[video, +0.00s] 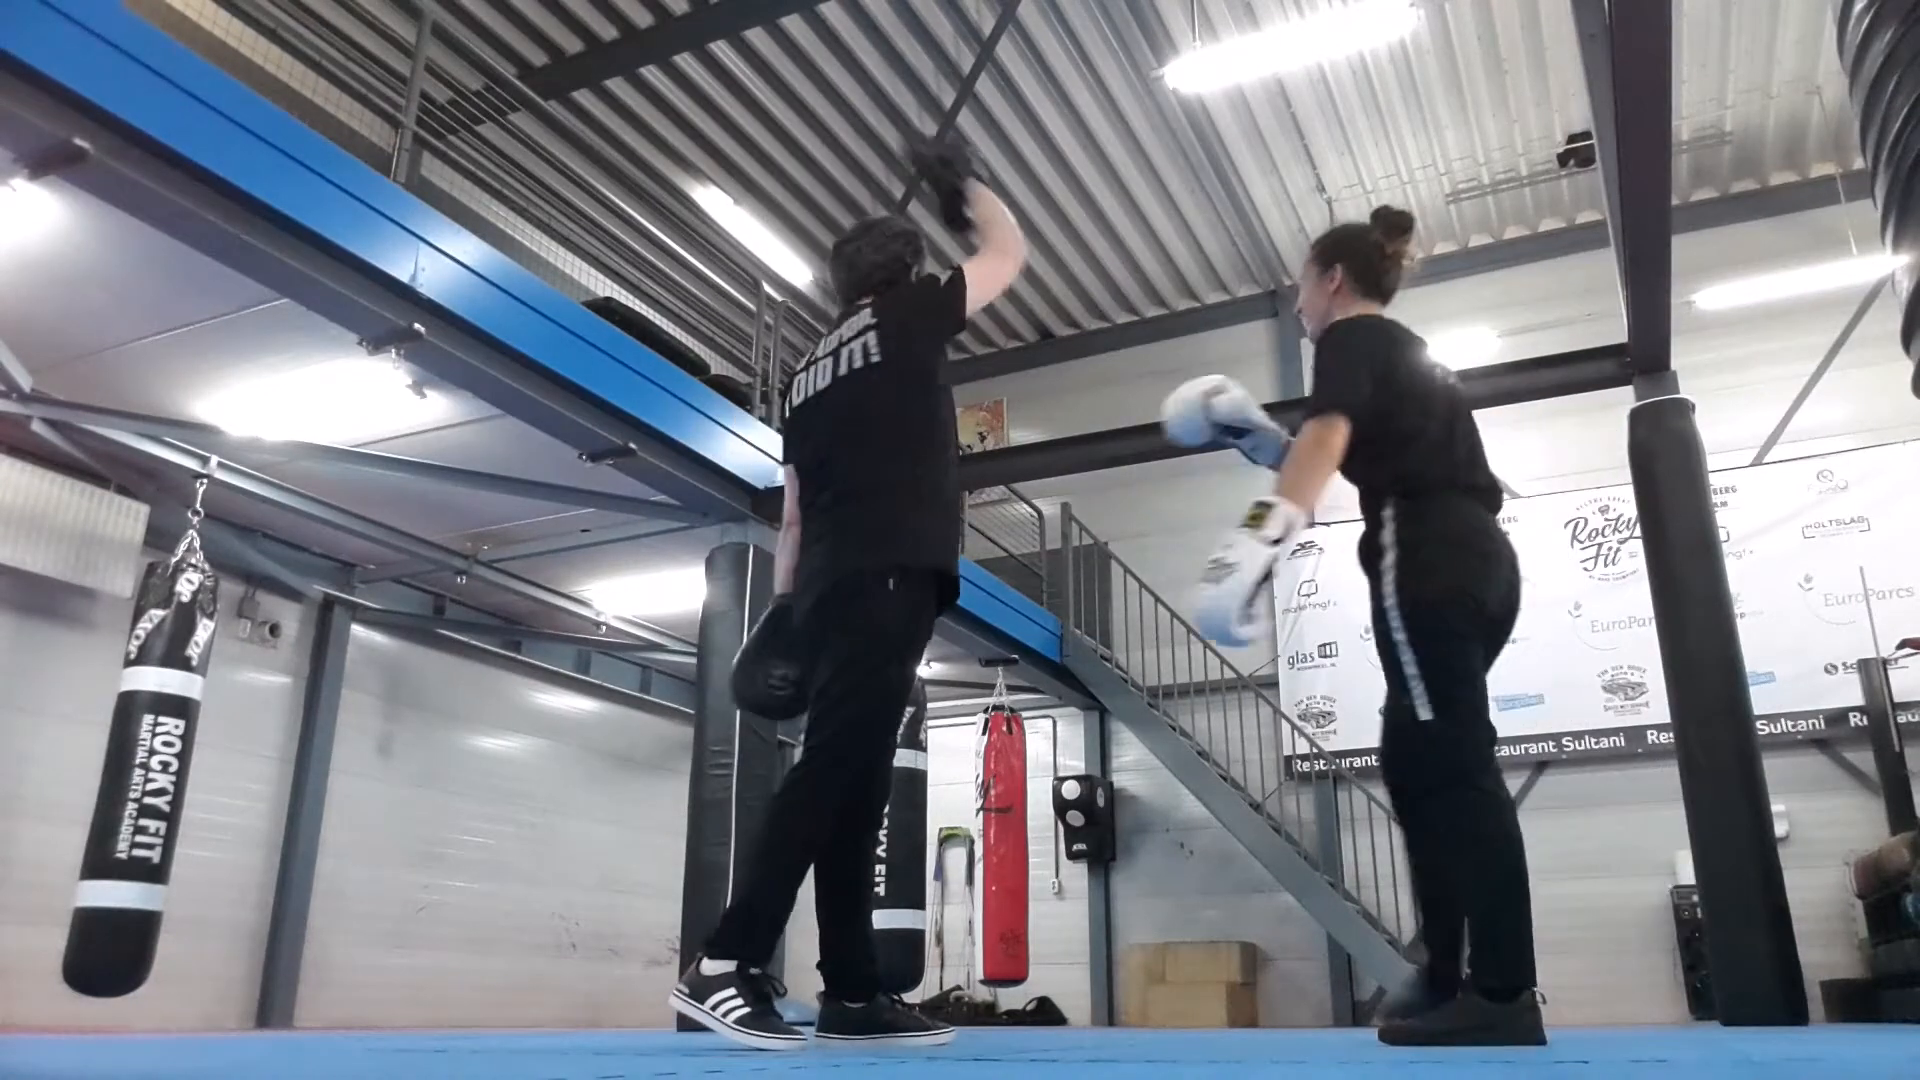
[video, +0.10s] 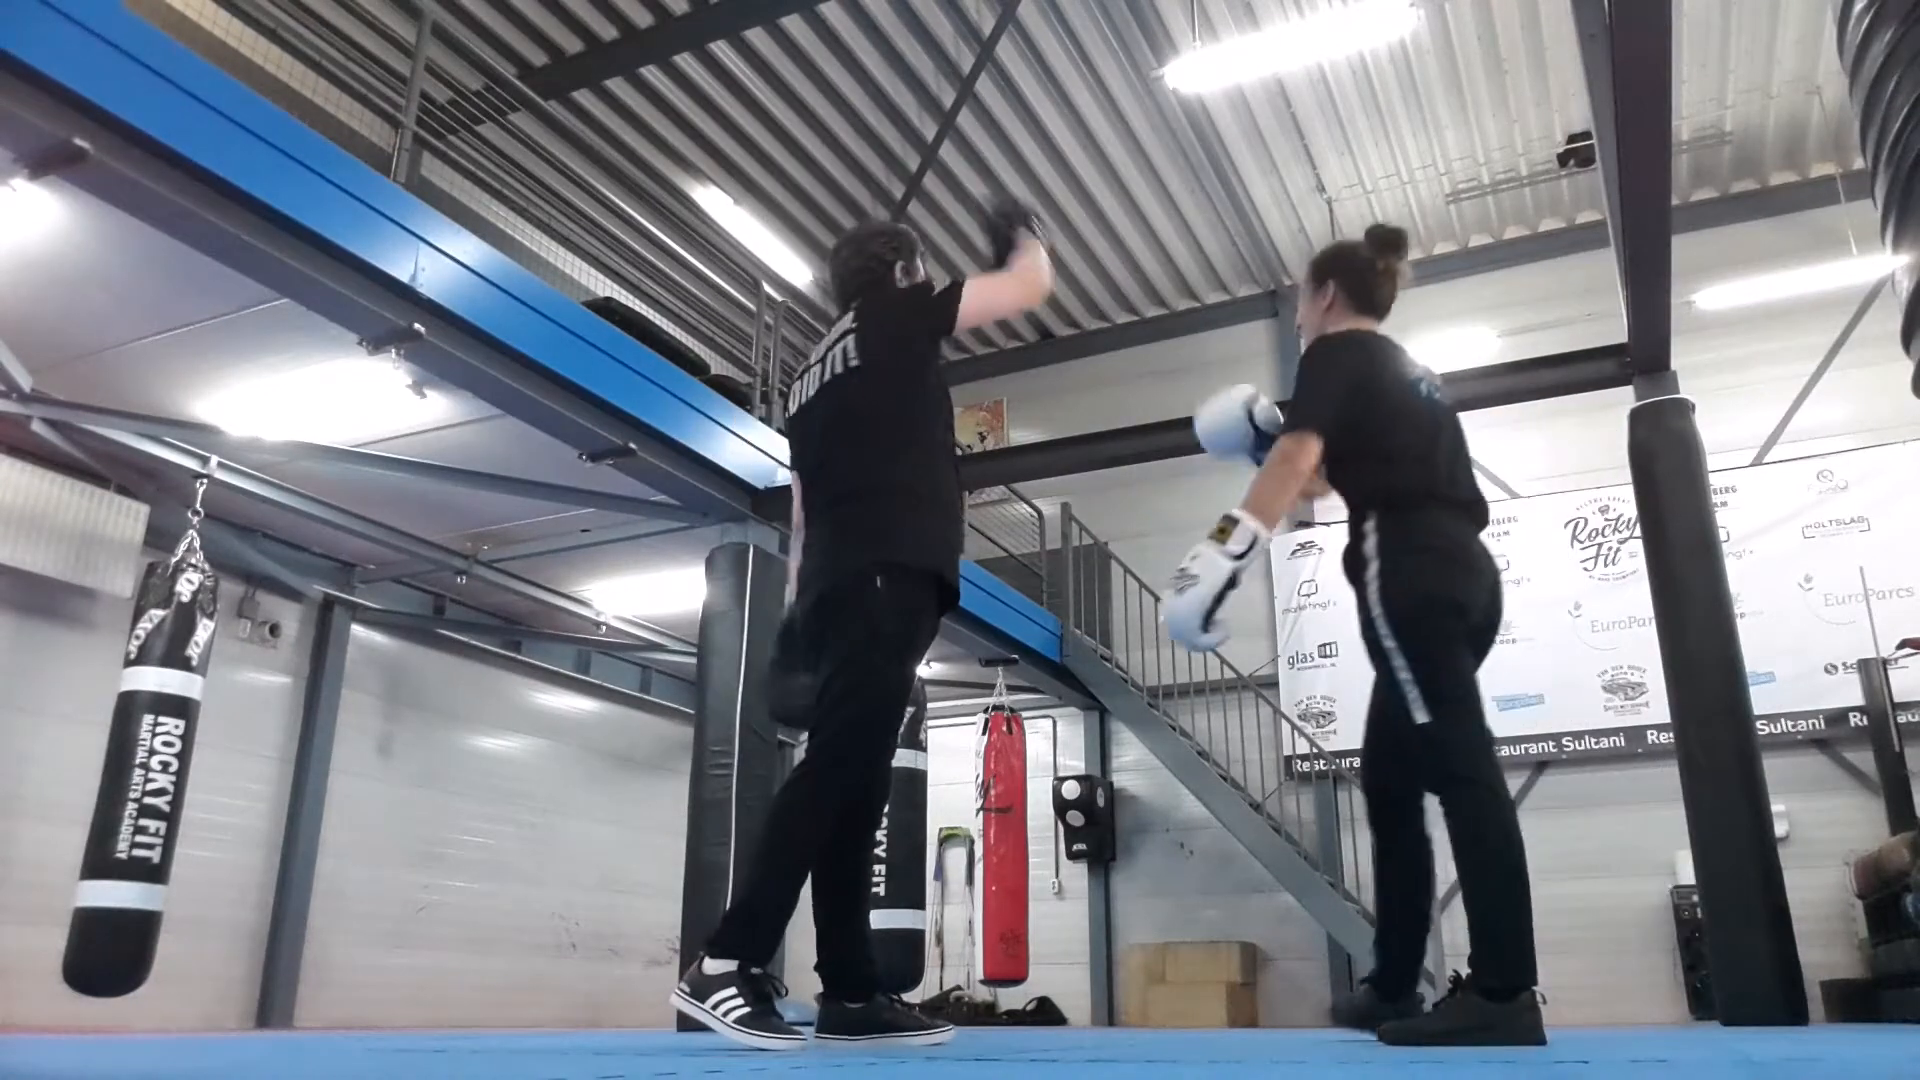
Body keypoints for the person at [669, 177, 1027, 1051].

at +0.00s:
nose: (932, 281)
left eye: (924, 269)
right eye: (923, 267)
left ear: (843, 288)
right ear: (911, 271)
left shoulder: (808, 378)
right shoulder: (912, 311)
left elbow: (794, 516)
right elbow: (1006, 248)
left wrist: (782, 612)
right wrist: (965, 183)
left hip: (842, 579)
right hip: (896, 573)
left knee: (858, 788)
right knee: (829, 775)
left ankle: (853, 995)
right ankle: (723, 970)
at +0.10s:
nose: (928, 280)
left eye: (926, 271)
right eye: (922, 270)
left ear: (841, 284)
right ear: (902, 271)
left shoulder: (812, 377)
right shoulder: (896, 309)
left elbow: (802, 516)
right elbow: (1028, 285)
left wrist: (800, 608)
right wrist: (1025, 237)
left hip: (840, 584)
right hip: (891, 576)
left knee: (856, 787)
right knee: (835, 772)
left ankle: (852, 994)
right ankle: (725, 970)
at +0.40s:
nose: (937, 304)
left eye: (934, 292)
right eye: (929, 290)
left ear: (867, 291)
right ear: (897, 283)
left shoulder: (844, 373)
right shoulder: (889, 323)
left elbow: (908, 475)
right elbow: (982, 399)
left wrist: (1006, 465)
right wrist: (1057, 481)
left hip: (863, 581)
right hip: (883, 575)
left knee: (863, 785)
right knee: (860, 772)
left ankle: (851, 997)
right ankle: (737, 958)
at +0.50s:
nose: (948, 311)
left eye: (948, 298)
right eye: (943, 295)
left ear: (882, 293)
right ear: (907, 287)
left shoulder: (857, 356)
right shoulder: (894, 329)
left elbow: (904, 475)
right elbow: (941, 423)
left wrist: (972, 439)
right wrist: (1024, 523)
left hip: (864, 582)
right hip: (887, 580)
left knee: (860, 787)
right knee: (884, 773)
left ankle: (849, 995)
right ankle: (752, 946)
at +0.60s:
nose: (961, 311)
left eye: (960, 297)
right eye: (955, 294)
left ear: (899, 291)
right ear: (921, 288)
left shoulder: (862, 352)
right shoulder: (902, 329)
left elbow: (866, 478)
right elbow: (916, 423)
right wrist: (962, 528)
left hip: (867, 578)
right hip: (892, 576)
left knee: (868, 774)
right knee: (914, 755)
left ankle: (844, 987)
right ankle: (798, 950)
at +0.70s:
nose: (975, 315)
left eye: (976, 301)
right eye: (972, 298)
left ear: (918, 287)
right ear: (938, 285)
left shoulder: (887, 345)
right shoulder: (909, 334)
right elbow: (903, 414)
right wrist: (918, 512)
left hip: (881, 579)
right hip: (897, 579)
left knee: (874, 777)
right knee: (914, 759)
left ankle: (848, 978)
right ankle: (860, 981)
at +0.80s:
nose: (996, 322)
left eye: (1000, 308)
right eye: (995, 303)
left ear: (956, 290)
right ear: (961, 286)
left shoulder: (932, 364)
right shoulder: (913, 329)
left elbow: (929, 496)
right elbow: (882, 400)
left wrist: (967, 618)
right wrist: (869, 493)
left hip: (907, 591)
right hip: (909, 587)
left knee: (870, 791)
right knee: (954, 751)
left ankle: (849, 997)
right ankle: (918, 975)